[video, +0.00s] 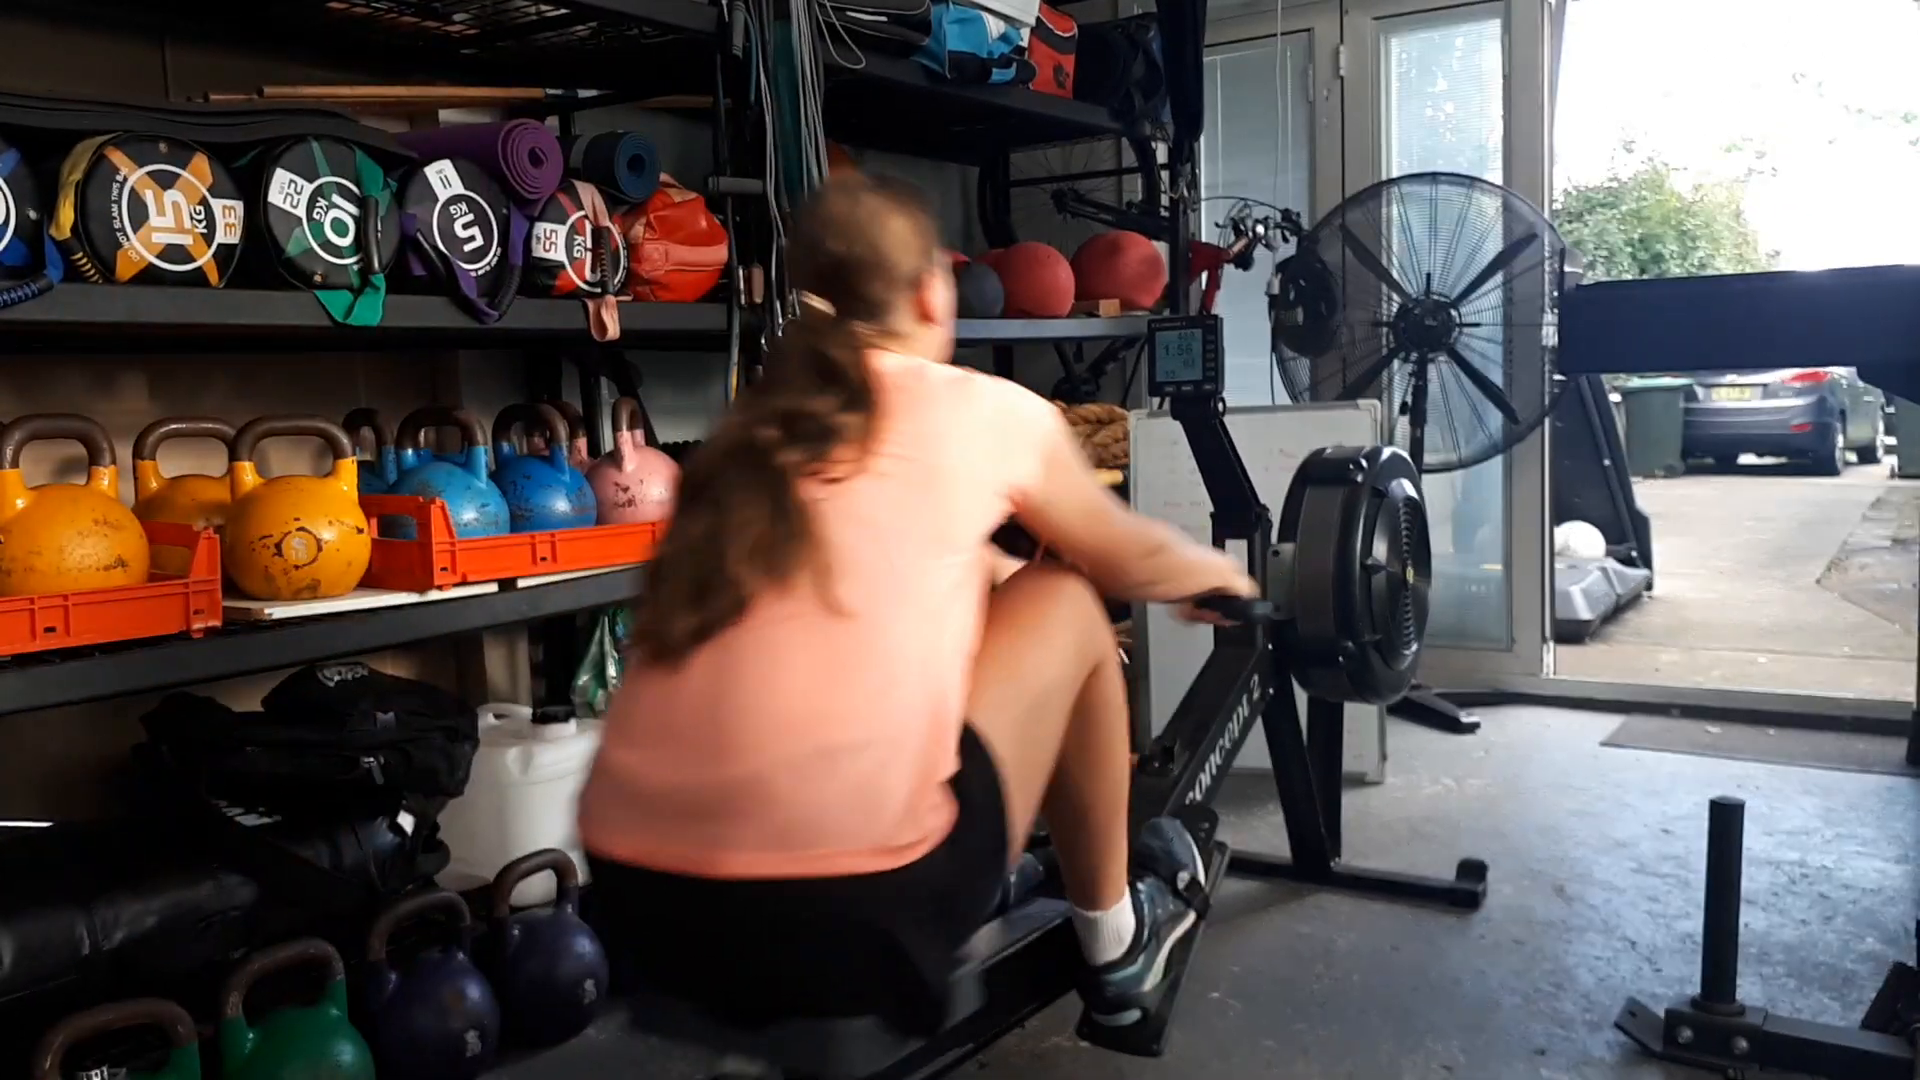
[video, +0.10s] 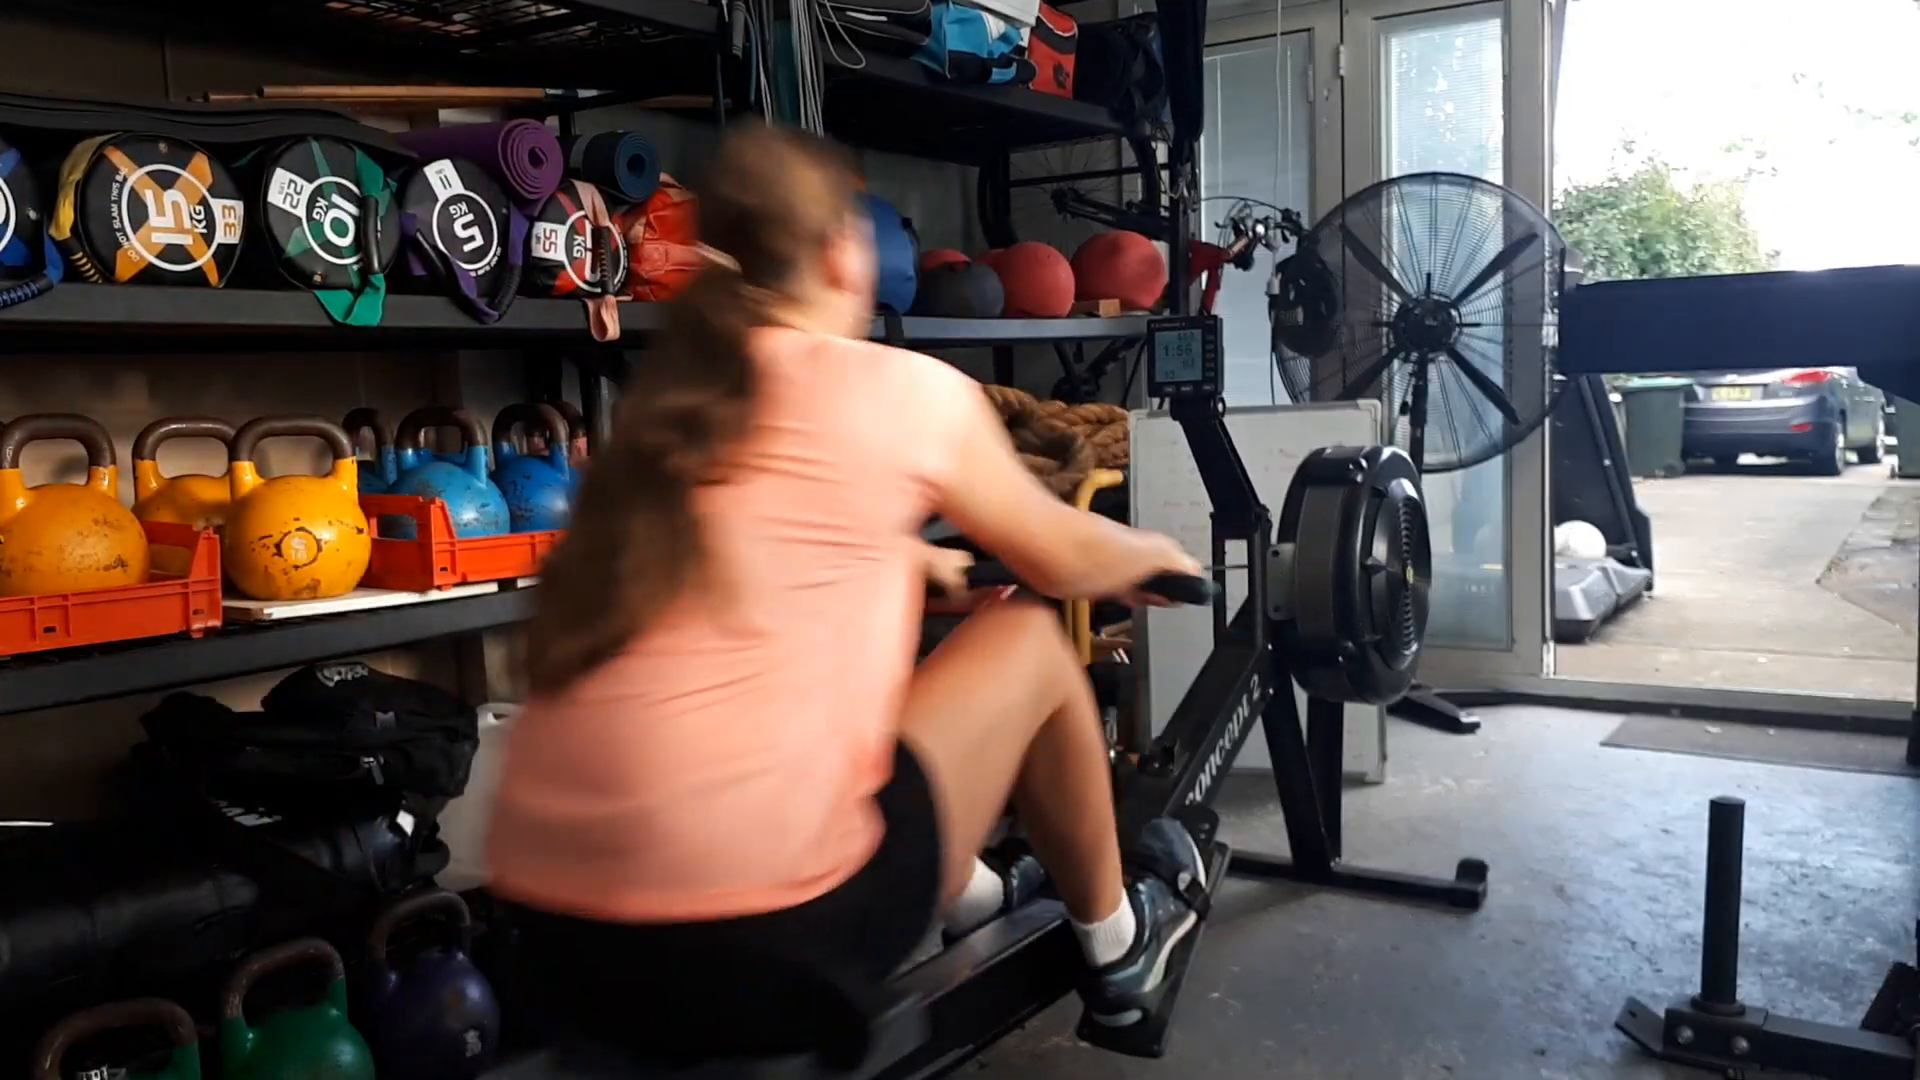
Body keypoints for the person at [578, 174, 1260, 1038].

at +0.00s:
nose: (953, 297)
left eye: (946, 276)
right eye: (949, 278)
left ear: (807, 299)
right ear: (931, 294)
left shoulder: (753, 415)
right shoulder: (993, 415)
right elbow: (1125, 556)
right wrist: (1209, 573)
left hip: (642, 914)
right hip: (848, 928)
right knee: (1066, 597)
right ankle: (1117, 951)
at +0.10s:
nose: (872, 260)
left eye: (864, 233)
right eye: (864, 233)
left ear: (724, 252)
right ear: (840, 249)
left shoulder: (662, 392)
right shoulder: (909, 393)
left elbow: (747, 553)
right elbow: (1068, 558)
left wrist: (917, 570)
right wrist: (1152, 550)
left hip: (551, 941)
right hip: (764, 949)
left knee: (847, 631)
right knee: (1035, 636)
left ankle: (966, 903)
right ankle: (1116, 952)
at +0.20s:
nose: (750, 239)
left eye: (748, 213)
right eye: (745, 211)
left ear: (566, 218)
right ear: (706, 220)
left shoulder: (494, 381)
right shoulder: (763, 377)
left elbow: (639, 531)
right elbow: (971, 532)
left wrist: (848, 551)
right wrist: (1071, 528)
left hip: (426, 998)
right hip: (659, 1000)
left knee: (804, 682)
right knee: (990, 691)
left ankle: (959, 894)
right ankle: (1117, 944)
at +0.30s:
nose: (604, 248)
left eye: (603, 219)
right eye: (597, 219)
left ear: (408, 213)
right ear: (539, 222)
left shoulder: (306, 391)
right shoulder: (580, 384)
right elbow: (834, 542)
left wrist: (747, 536)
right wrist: (971, 538)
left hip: (341, 1036)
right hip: (575, 1033)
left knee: (777, 752)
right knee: (947, 766)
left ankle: (945, 910)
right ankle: (1121, 935)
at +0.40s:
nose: (484, 299)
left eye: (490, 264)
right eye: (486, 261)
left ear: (272, 241)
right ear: (421, 250)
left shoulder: (157, 420)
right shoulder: (410, 420)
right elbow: (747, 658)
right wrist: (864, 588)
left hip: (298, 1024)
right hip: (524, 1026)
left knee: (755, 830)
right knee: (915, 851)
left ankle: (806, 1026)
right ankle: (1113, 944)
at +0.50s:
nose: (412, 329)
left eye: (421, 291)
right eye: (416, 290)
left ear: (178, 262)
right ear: (347, 280)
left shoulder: (59, 458)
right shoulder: (300, 484)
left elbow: (57, 798)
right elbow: (653, 802)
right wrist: (741, 672)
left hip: (283, 1026)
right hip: (507, 1037)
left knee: (742, 860)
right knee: (906, 905)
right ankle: (1111, 947)